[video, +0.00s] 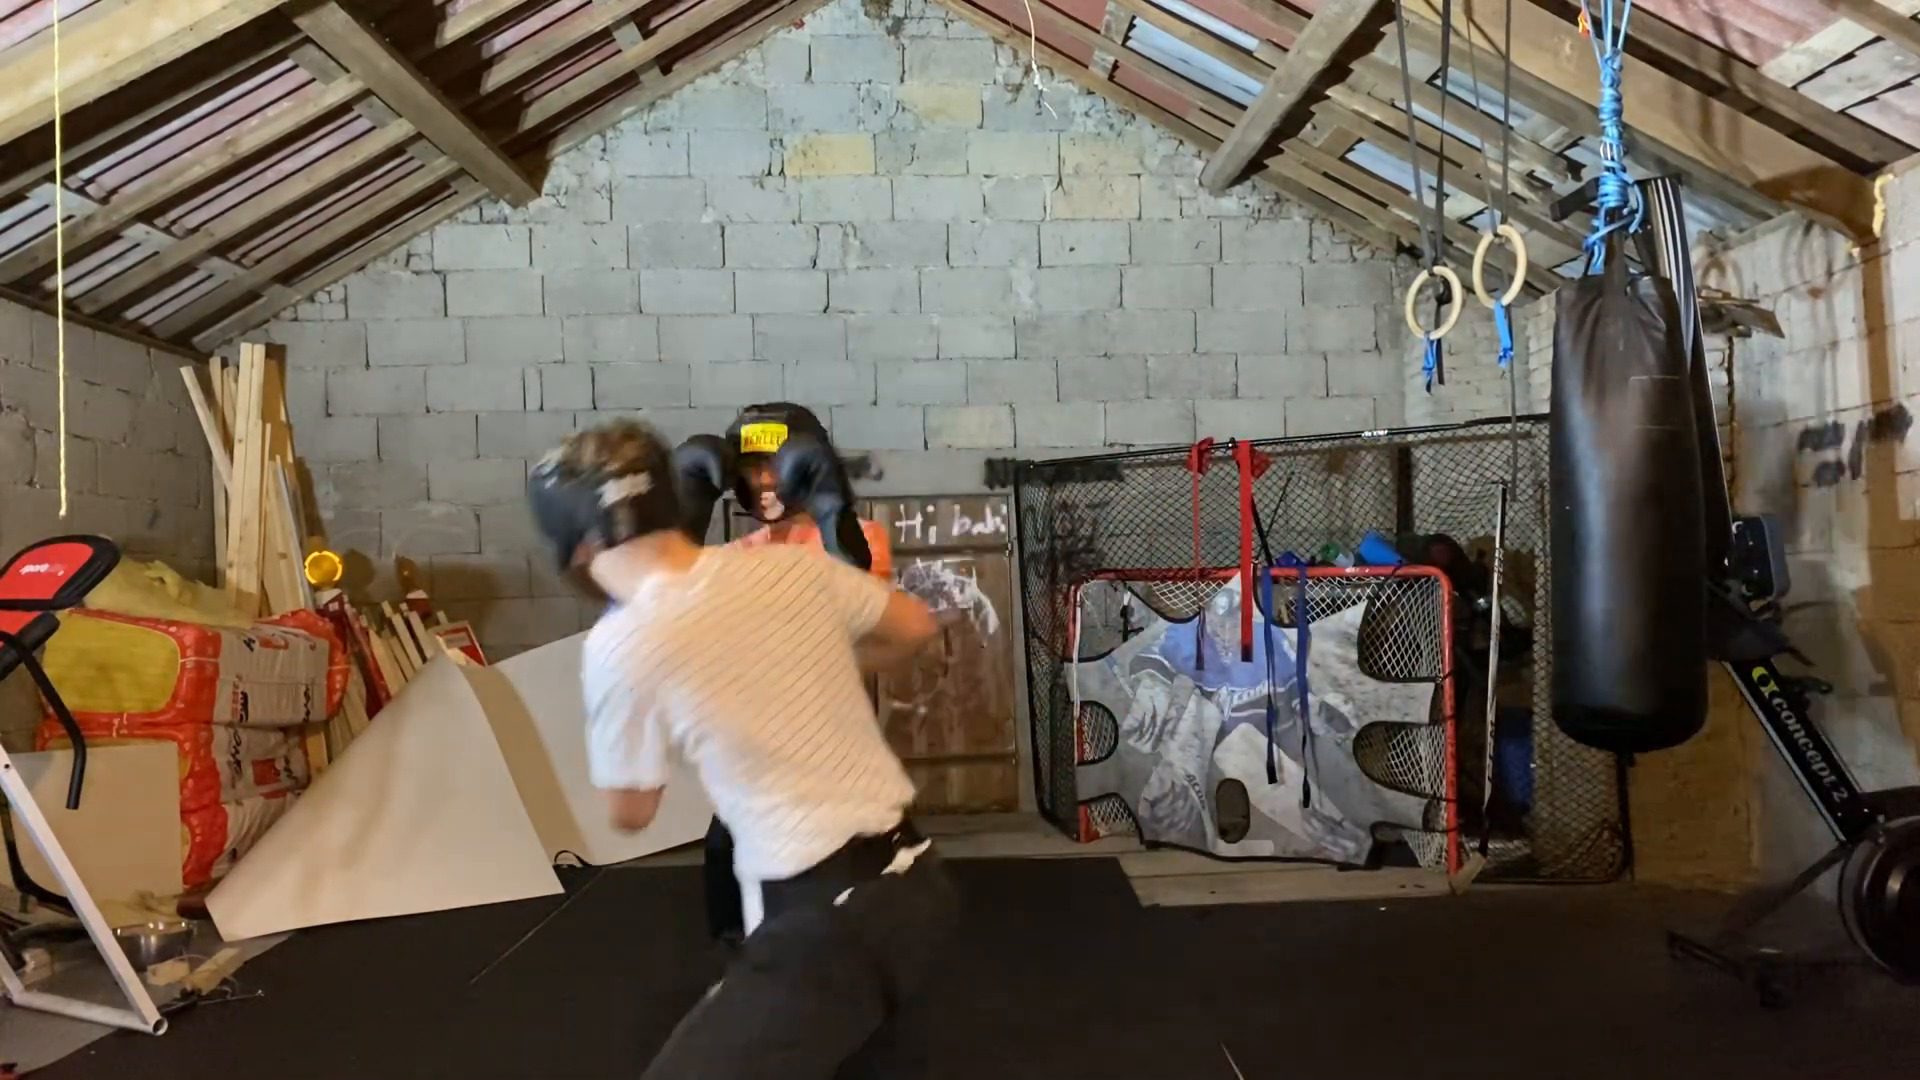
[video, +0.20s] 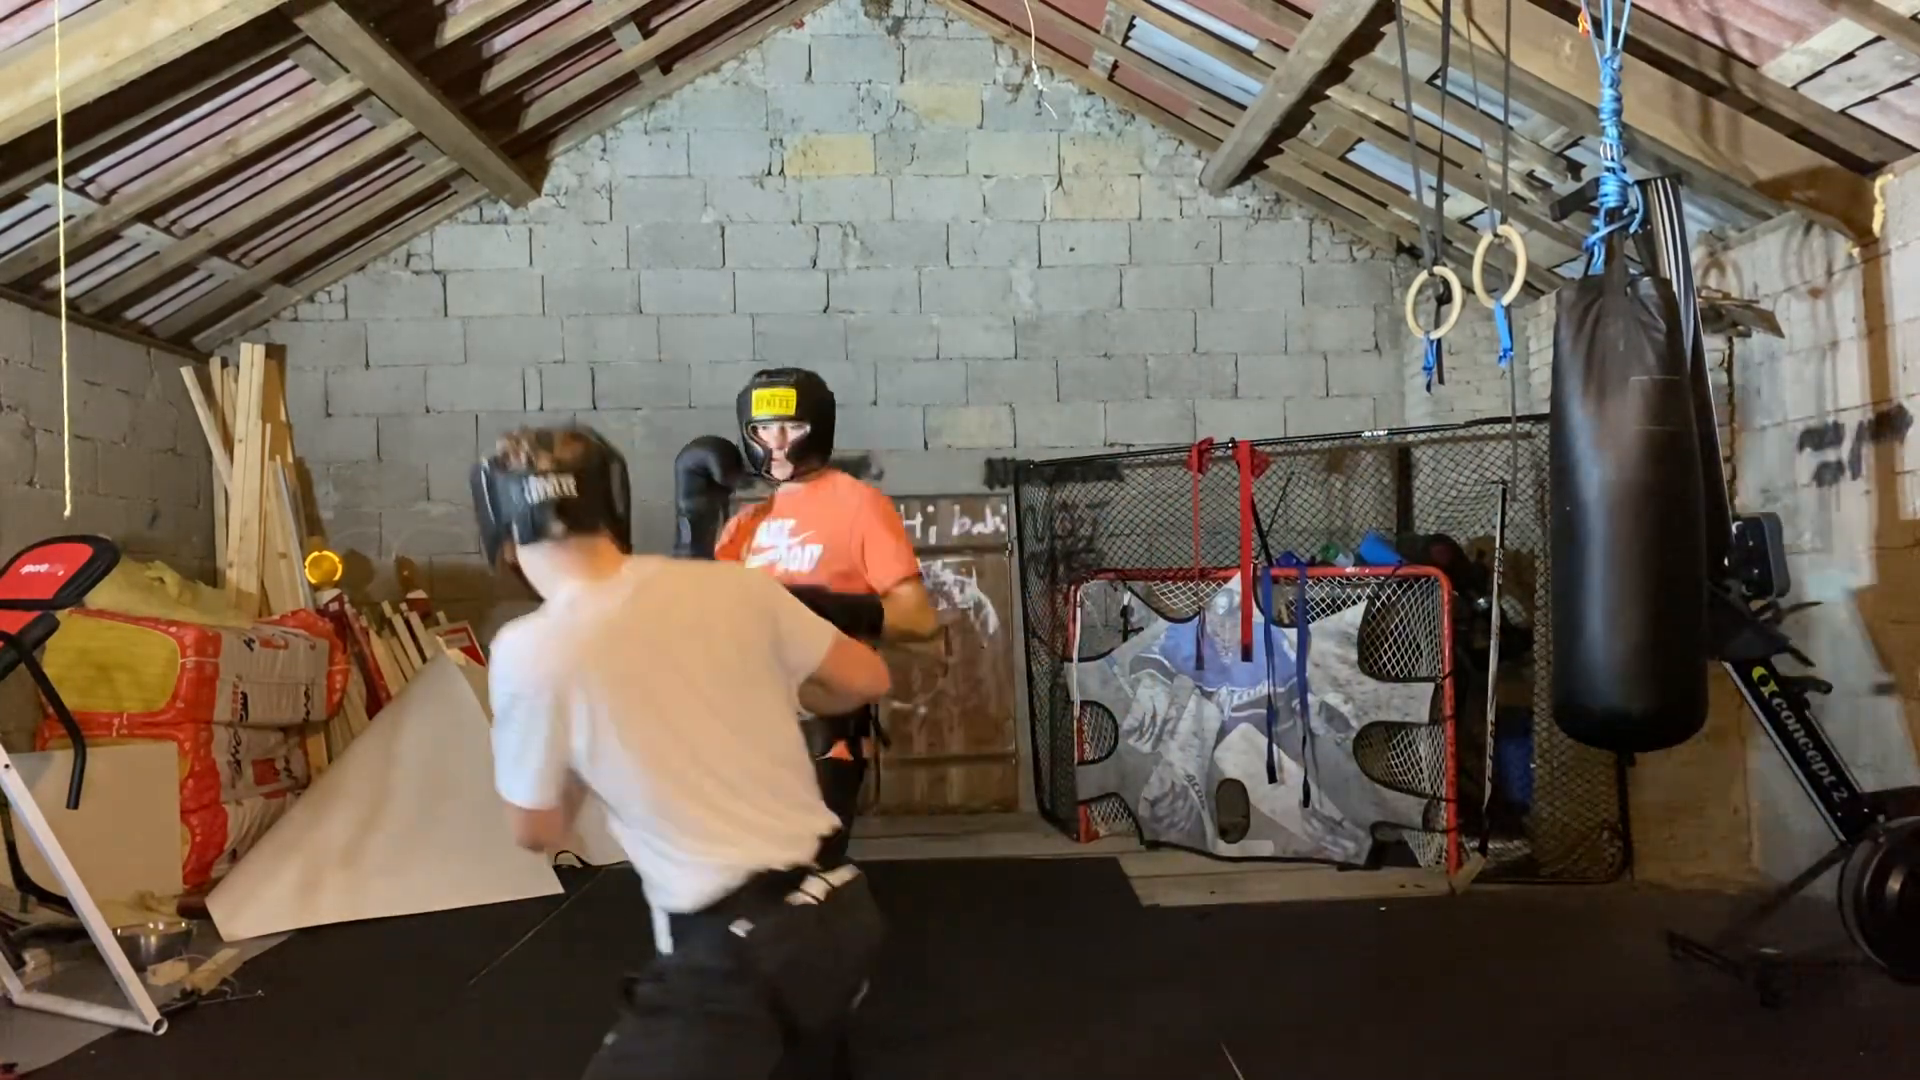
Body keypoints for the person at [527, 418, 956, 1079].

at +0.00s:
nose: (561, 556)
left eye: (558, 541)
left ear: (579, 549)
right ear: (671, 502)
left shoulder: (622, 645)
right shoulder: (789, 565)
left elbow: (630, 811)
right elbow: (915, 624)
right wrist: (826, 662)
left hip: (817, 925)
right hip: (922, 881)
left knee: (679, 1069)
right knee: (887, 1069)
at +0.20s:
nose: (496, 551)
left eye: (495, 535)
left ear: (508, 543)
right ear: (615, 509)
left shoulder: (531, 650)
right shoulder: (732, 586)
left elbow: (540, 830)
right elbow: (864, 678)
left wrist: (587, 757)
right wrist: (775, 692)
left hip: (729, 954)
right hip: (845, 913)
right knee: (817, 1067)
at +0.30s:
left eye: (486, 452)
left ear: (494, 469)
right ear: (607, 445)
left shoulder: (500, 583)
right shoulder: (715, 542)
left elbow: (503, 766)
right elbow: (840, 659)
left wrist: (563, 707)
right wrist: (750, 660)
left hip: (675, 911)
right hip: (798, 872)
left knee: (591, 1067)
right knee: (773, 1063)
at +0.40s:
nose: (491, 444)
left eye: (491, 425)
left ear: (498, 436)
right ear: (616, 422)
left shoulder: (475, 543)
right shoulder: (709, 523)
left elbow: (467, 718)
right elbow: (817, 659)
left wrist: (537, 641)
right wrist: (729, 632)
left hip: (626, 876)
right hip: (756, 854)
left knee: (597, 1065)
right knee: (754, 1068)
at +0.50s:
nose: (513, 431)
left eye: (513, 416)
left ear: (514, 429)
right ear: (624, 428)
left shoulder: (460, 534)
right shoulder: (703, 535)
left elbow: (455, 698)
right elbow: (794, 683)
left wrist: (536, 622)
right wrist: (725, 651)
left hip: (590, 870)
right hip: (725, 853)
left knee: (582, 1065)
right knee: (747, 1067)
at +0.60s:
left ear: (540, 433)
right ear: (645, 447)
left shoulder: (465, 526)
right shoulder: (703, 550)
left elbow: (461, 685)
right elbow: (765, 714)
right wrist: (696, 662)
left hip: (550, 864)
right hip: (686, 852)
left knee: (548, 1065)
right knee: (680, 1062)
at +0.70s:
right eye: (663, 425)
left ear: (554, 414)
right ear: (655, 433)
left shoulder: (467, 510)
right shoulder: (694, 545)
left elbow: (456, 666)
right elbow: (745, 707)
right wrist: (695, 676)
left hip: (522, 840)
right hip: (656, 831)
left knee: (486, 1065)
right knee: (671, 1054)